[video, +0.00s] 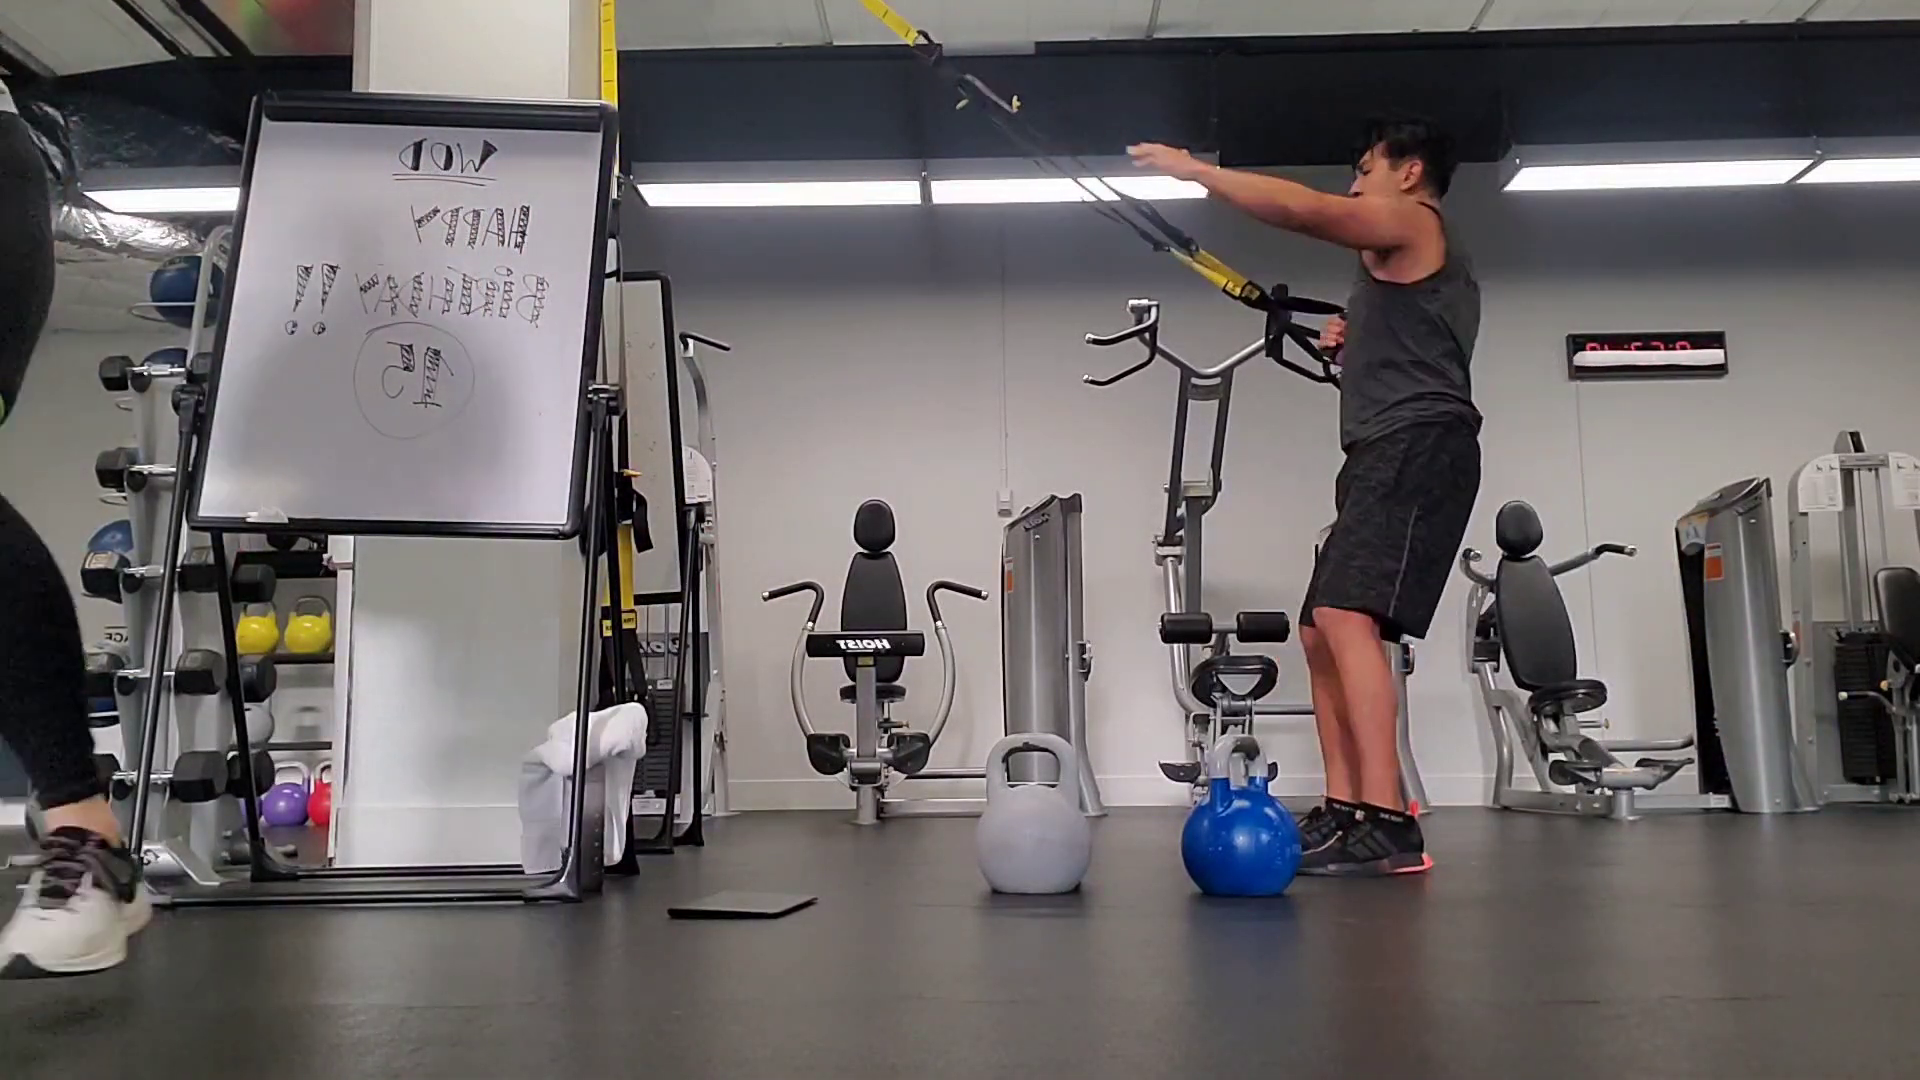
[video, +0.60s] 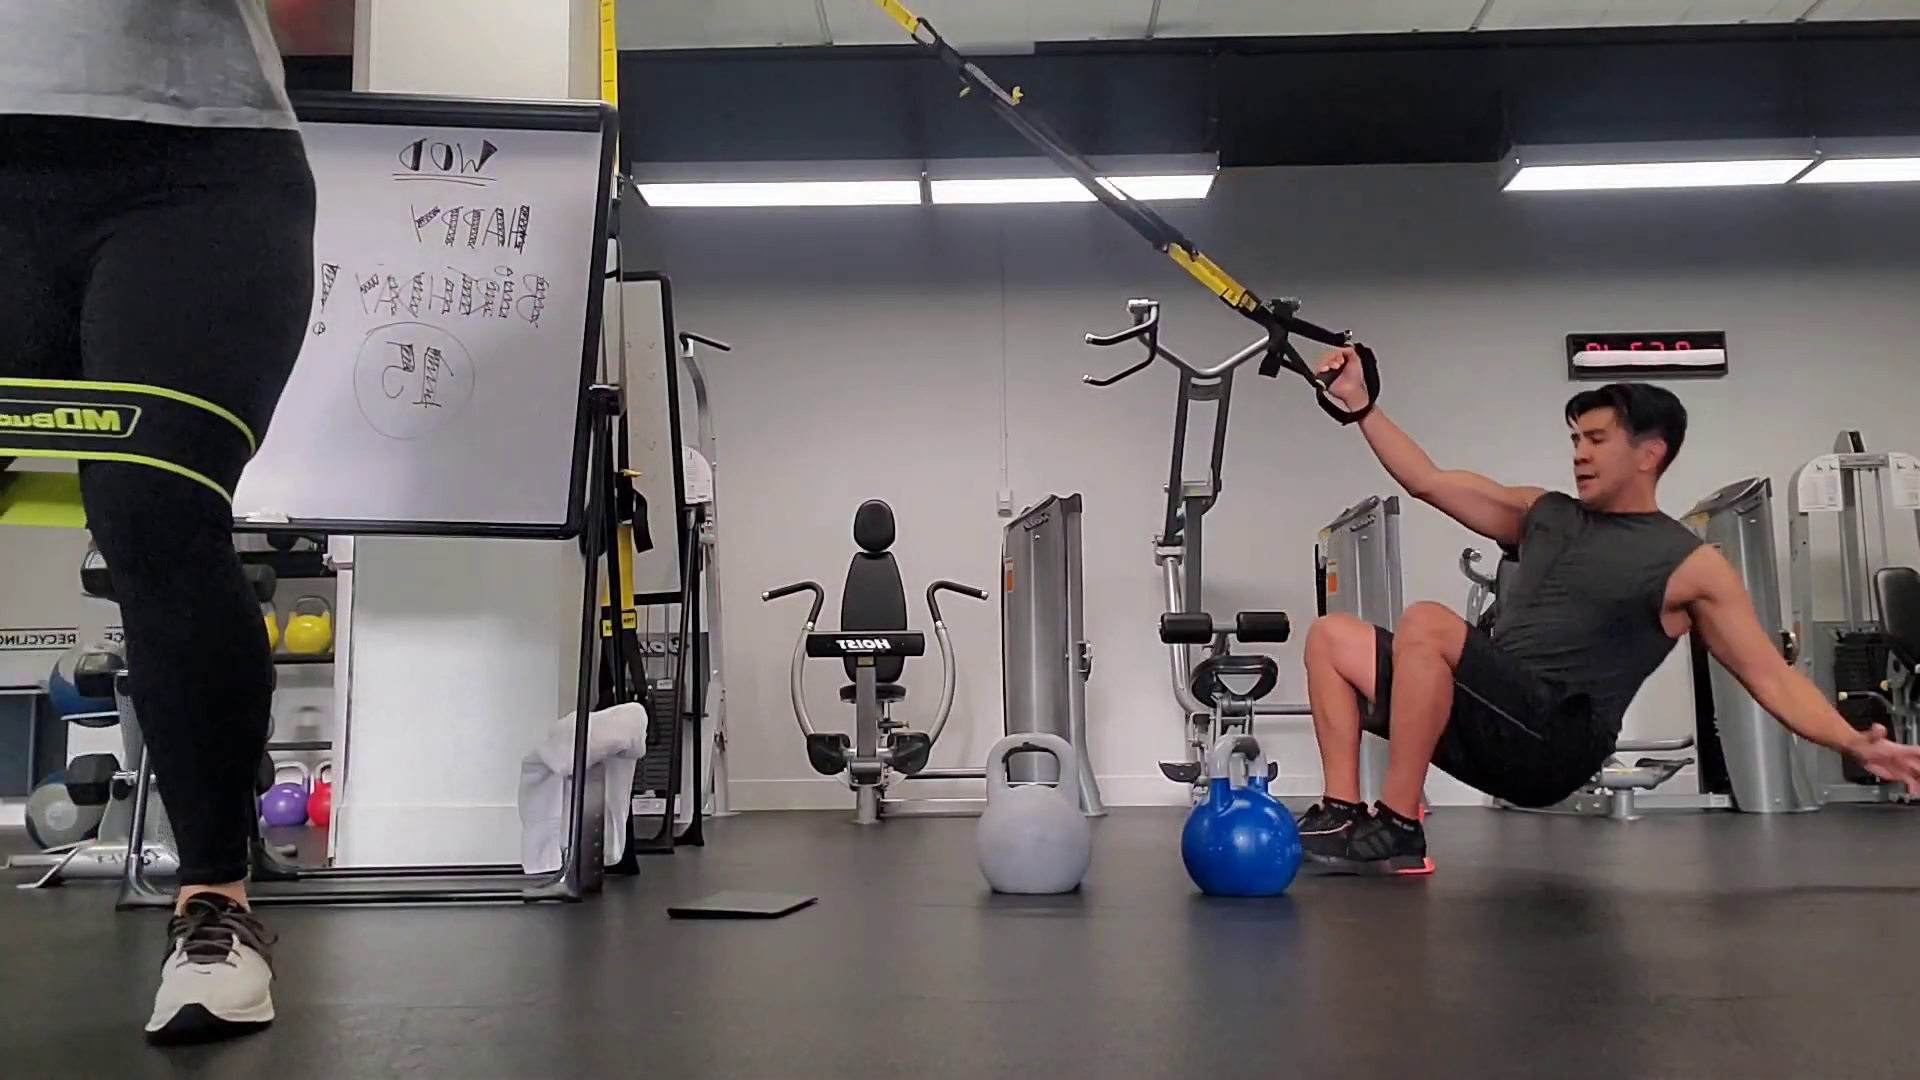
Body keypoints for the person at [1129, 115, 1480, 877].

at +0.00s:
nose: (1355, 182)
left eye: (1365, 168)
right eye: (1358, 170)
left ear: (1409, 170)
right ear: (1412, 176)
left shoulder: (1409, 220)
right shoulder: (1417, 255)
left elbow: (1297, 209)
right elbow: (1424, 349)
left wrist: (1194, 169)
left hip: (1418, 441)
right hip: (1388, 448)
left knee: (1349, 619)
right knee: (1319, 626)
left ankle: (1387, 821)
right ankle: (1347, 812)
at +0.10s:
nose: (1384, 206)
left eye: (1397, 191)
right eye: (1385, 195)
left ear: (1445, 195)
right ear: (1430, 200)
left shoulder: (1469, 255)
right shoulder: (1417, 280)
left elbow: (1391, 270)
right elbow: (1399, 396)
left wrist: (1271, 230)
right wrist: (1361, 356)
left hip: (1447, 469)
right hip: (1398, 476)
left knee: (1334, 620)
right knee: (1293, 632)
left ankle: (1387, 822)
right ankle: (1346, 812)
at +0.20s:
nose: (1423, 250)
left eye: (1437, 233)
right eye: (1423, 237)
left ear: (1488, 238)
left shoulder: (1516, 307)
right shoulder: (1453, 341)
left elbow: (1513, 362)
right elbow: (1393, 439)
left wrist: (1379, 330)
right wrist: (1363, 369)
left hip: (1473, 515)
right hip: (1418, 520)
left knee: (1326, 624)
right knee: (1279, 636)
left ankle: (1388, 822)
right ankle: (1345, 811)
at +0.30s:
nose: (1467, 302)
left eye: (1481, 286)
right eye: (1466, 291)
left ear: (1536, 291)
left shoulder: (1572, 379)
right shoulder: (1483, 395)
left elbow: (1602, 468)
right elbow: (1394, 449)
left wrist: (1522, 461)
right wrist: (1365, 372)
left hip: (1501, 575)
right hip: (1446, 571)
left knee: (1329, 626)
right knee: (1276, 640)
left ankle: (1388, 824)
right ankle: (1342, 810)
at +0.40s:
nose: (1512, 358)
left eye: (1528, 341)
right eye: (1511, 344)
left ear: (1582, 351)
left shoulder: (1623, 448)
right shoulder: (1503, 440)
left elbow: (1692, 554)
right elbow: (1405, 462)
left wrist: (1678, 592)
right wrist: (1365, 391)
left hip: (1526, 638)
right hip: (1462, 627)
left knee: (1347, 623)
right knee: (1286, 639)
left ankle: (1390, 823)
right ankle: (1339, 813)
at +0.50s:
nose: (1548, 410)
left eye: (1564, 394)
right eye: (1547, 397)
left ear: (1622, 404)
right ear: (1552, 407)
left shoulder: (1663, 510)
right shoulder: (1524, 479)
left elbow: (1734, 612)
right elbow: (1416, 470)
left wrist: (1780, 676)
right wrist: (1362, 397)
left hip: (1547, 695)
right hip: (1481, 682)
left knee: (1382, 620)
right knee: (1308, 639)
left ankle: (1395, 824)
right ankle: (1341, 811)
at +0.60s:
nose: (1577, 453)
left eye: (1593, 440)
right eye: (1575, 441)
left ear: (1652, 452)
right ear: (1573, 451)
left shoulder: (1692, 563)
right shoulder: (1543, 513)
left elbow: (1770, 675)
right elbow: (1427, 481)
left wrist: (1852, 741)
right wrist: (1361, 409)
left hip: (1559, 741)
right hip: (1478, 714)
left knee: (1426, 623)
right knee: (1330, 637)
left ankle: (1398, 823)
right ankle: (1342, 812)